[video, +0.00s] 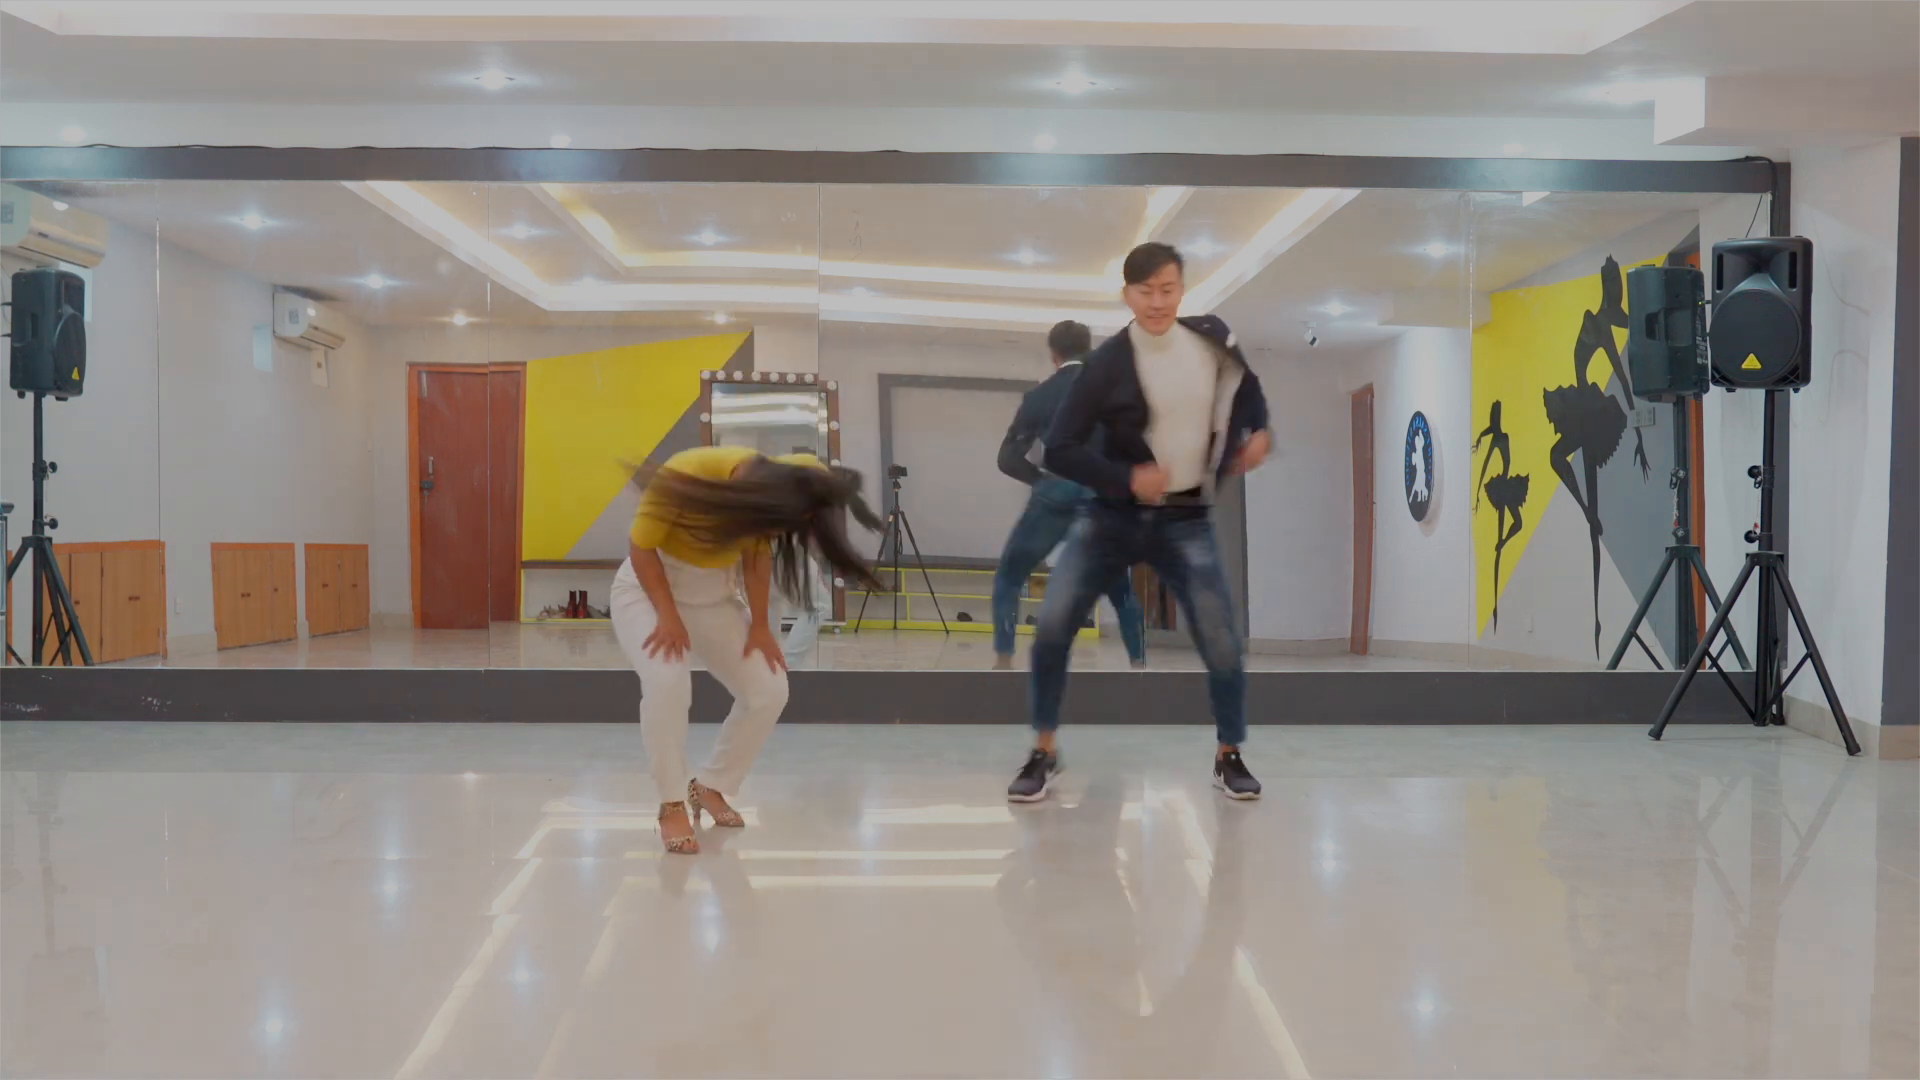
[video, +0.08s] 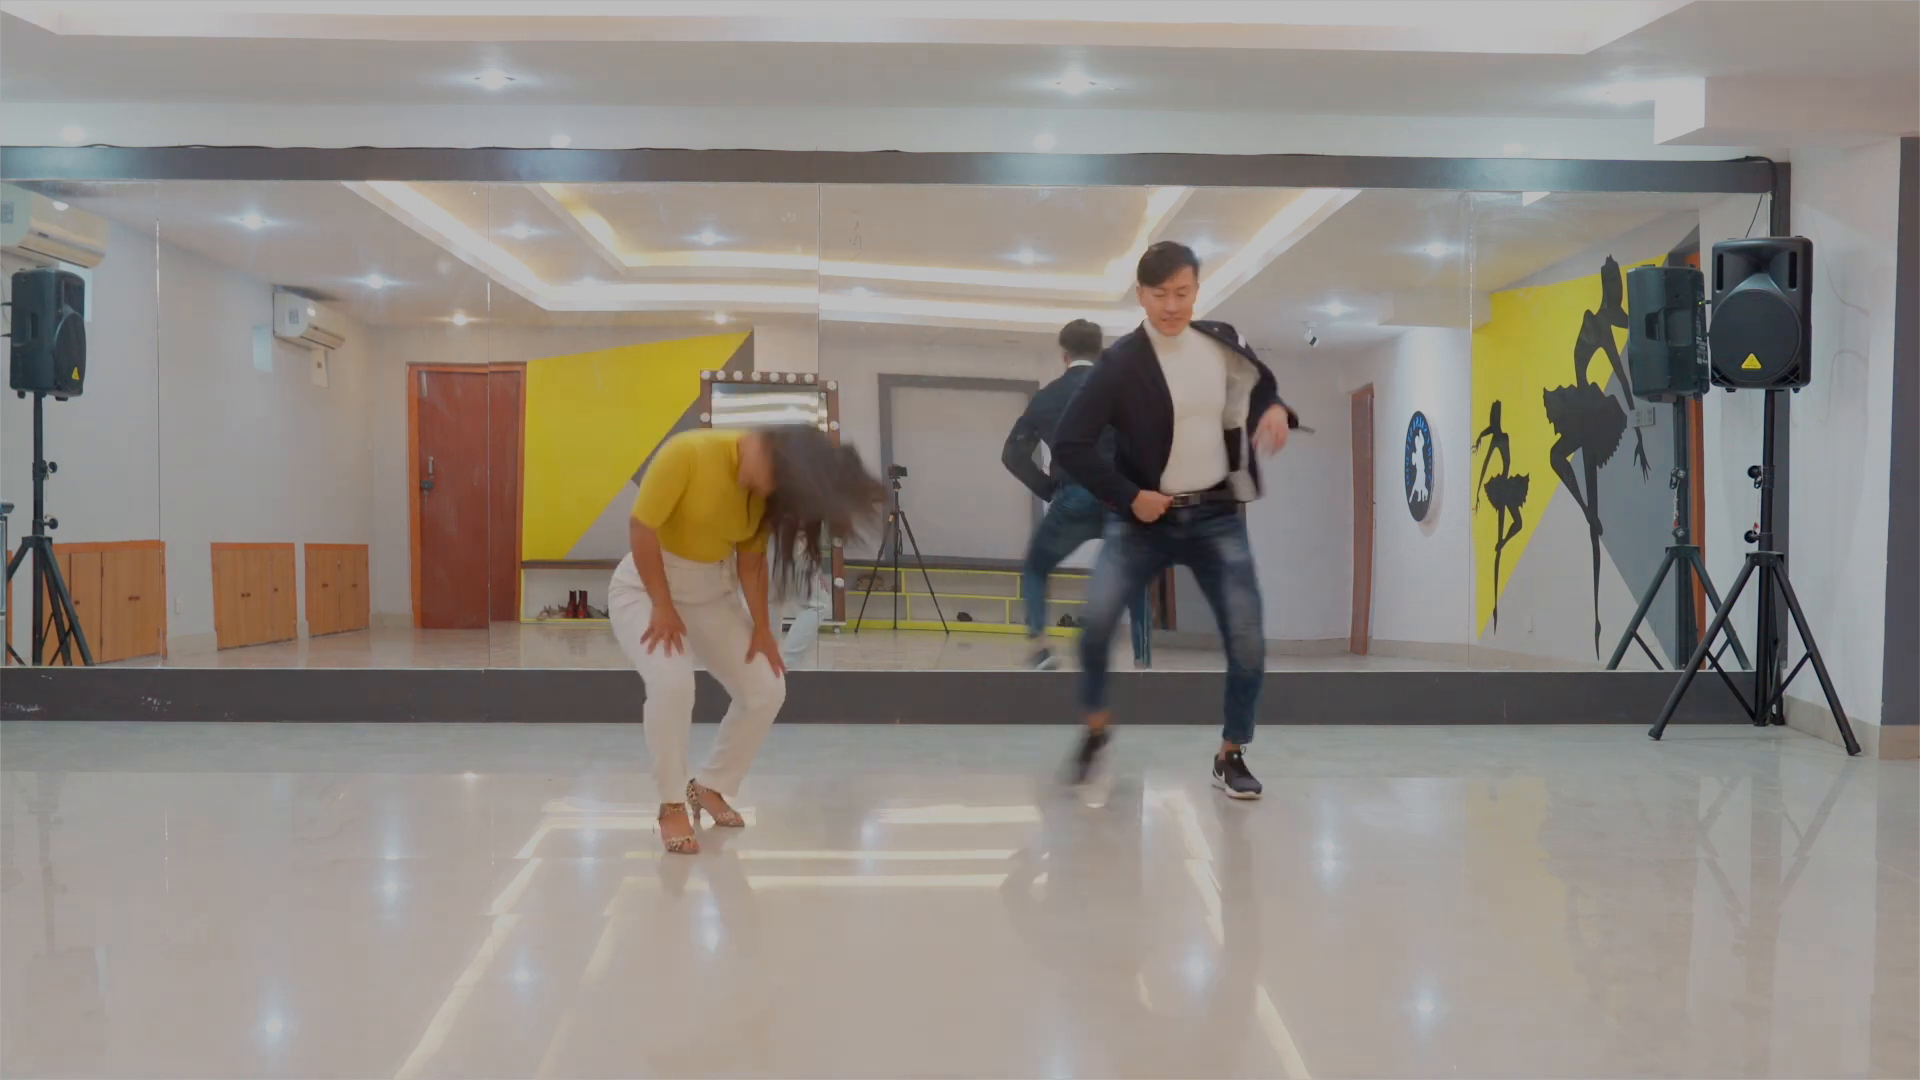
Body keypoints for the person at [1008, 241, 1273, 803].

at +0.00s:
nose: (1158, 302)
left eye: (1168, 290)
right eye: (1146, 292)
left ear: (1184, 291)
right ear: (1128, 294)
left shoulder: (1213, 346)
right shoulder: (1106, 362)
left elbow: (1247, 390)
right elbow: (1060, 449)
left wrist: (1255, 431)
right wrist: (1125, 476)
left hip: (1185, 517)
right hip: (1110, 516)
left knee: (1223, 644)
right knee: (1053, 622)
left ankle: (1230, 754)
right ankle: (1043, 750)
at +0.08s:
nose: (1173, 305)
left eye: (1183, 293)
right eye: (1160, 294)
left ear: (1197, 289)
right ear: (1140, 295)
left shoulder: (1222, 342)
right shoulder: (1120, 362)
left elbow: (1262, 384)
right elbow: (1070, 448)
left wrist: (1274, 408)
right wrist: (1129, 497)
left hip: (1217, 513)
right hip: (1144, 517)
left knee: (1248, 640)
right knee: (1096, 615)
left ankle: (1231, 753)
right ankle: (1095, 726)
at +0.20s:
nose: (1186, 314)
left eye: (1197, 301)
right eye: (1173, 301)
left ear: (1210, 295)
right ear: (1153, 297)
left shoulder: (1230, 355)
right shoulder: (1119, 362)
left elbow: (1279, 428)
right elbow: (1088, 444)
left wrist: (1261, 402)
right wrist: (1144, 489)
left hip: (1248, 508)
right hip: (1186, 518)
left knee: (1262, 645)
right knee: (1225, 643)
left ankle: (1230, 753)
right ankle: (1181, 719)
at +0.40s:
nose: (1196, 299)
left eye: (1205, 287)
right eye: (1184, 288)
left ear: (1221, 288)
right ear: (1165, 292)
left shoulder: (1252, 350)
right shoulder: (1141, 363)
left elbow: (1312, 402)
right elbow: (1094, 442)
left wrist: (1282, 420)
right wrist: (1145, 423)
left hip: (1266, 511)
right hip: (1201, 518)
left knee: (1278, 644)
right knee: (1240, 638)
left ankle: (1230, 756)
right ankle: (1204, 723)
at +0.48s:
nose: (1200, 286)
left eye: (1211, 274)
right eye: (1188, 275)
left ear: (1227, 280)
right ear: (1169, 283)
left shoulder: (1264, 335)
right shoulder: (1148, 355)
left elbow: (1345, 383)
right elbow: (1102, 432)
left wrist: (1319, 445)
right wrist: (1167, 398)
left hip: (1255, 502)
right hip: (1184, 502)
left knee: (1283, 633)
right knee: (1179, 592)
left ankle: (1237, 744)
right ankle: (1202, 679)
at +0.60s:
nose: (1215, 302)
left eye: (1226, 291)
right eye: (1204, 292)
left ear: (1244, 299)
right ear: (1186, 302)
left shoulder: (1273, 348)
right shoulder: (1166, 374)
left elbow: (1330, 368)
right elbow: (1134, 458)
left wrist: (1310, 439)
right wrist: (1202, 432)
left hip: (1241, 517)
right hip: (1173, 502)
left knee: (1281, 647)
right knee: (1084, 523)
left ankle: (1257, 758)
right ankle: (1159, 606)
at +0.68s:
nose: (1225, 308)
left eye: (1235, 297)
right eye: (1212, 298)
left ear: (1252, 304)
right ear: (1193, 309)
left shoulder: (1284, 355)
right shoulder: (1171, 381)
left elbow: (1315, 384)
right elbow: (1148, 475)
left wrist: (1319, 448)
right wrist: (1214, 454)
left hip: (1233, 524)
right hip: (1163, 506)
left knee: (1269, 655)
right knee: (1051, 521)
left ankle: (1258, 756)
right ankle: (1106, 630)